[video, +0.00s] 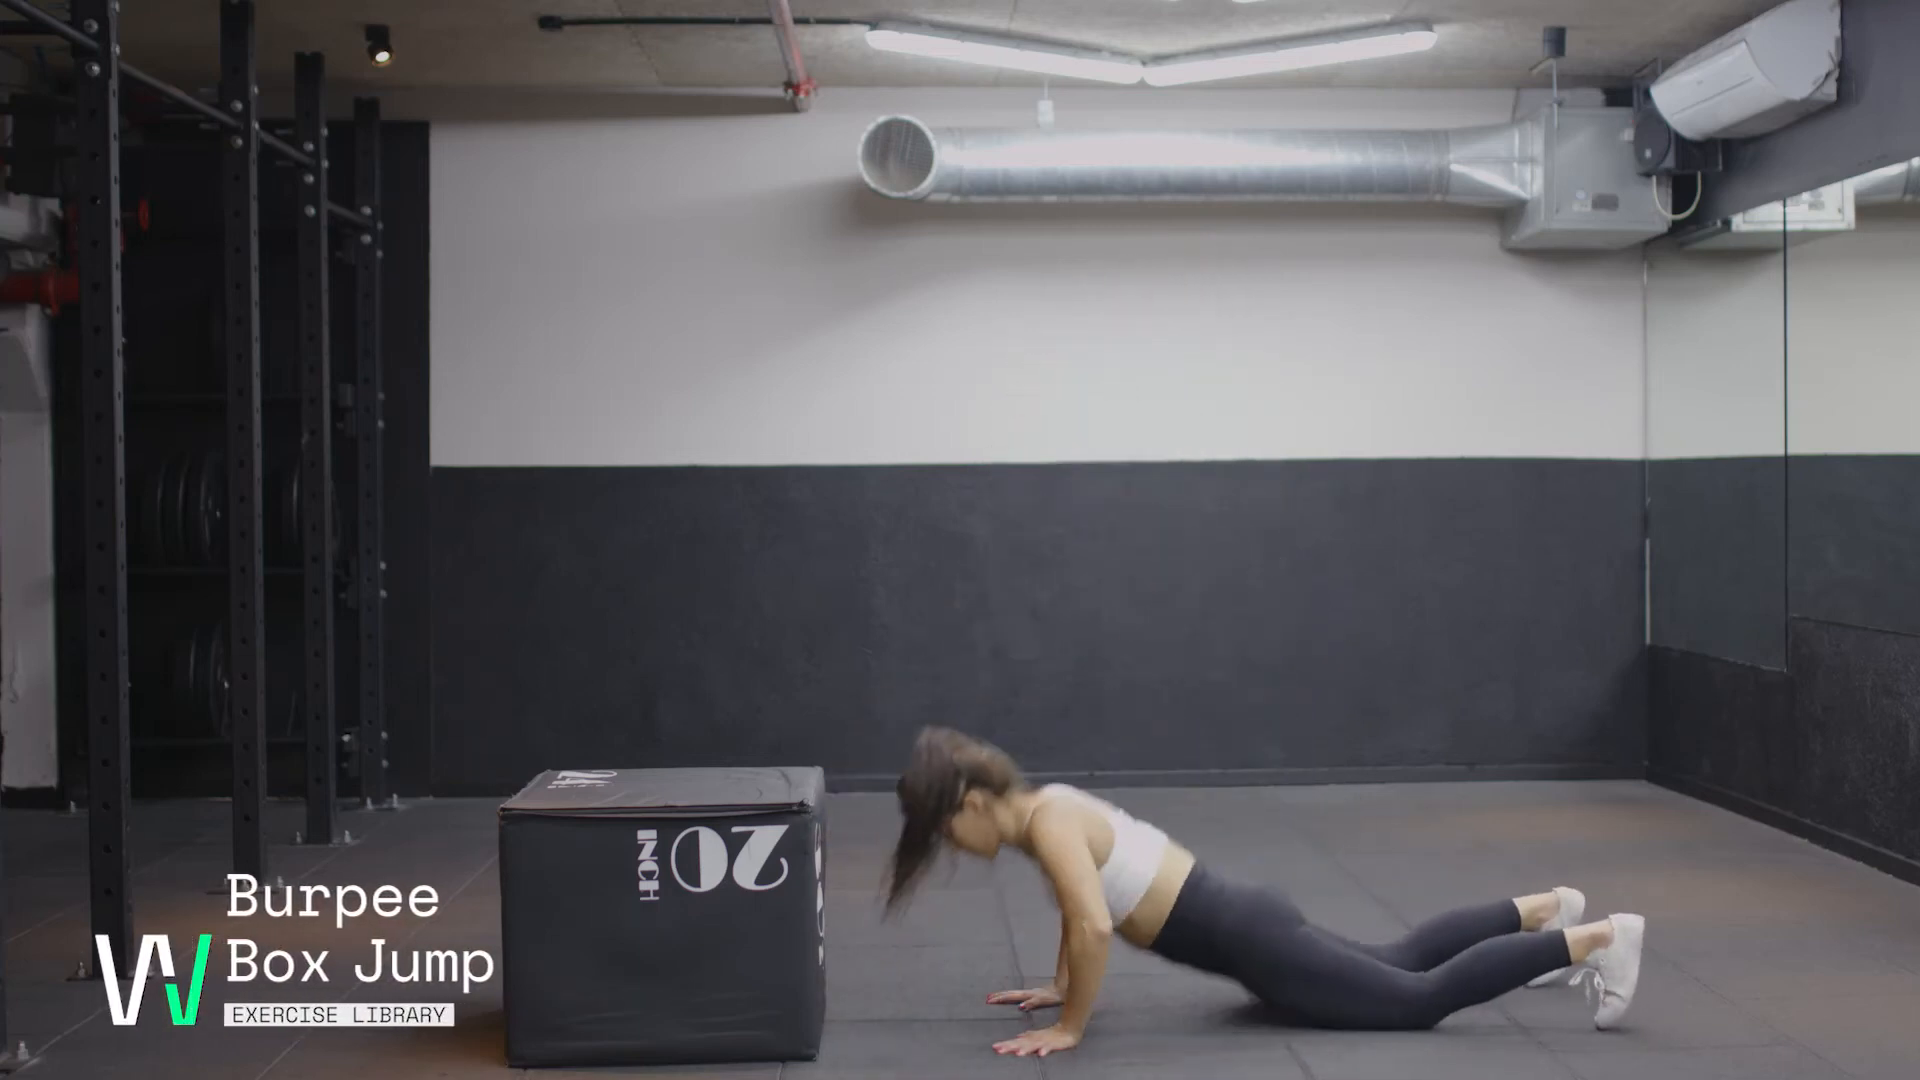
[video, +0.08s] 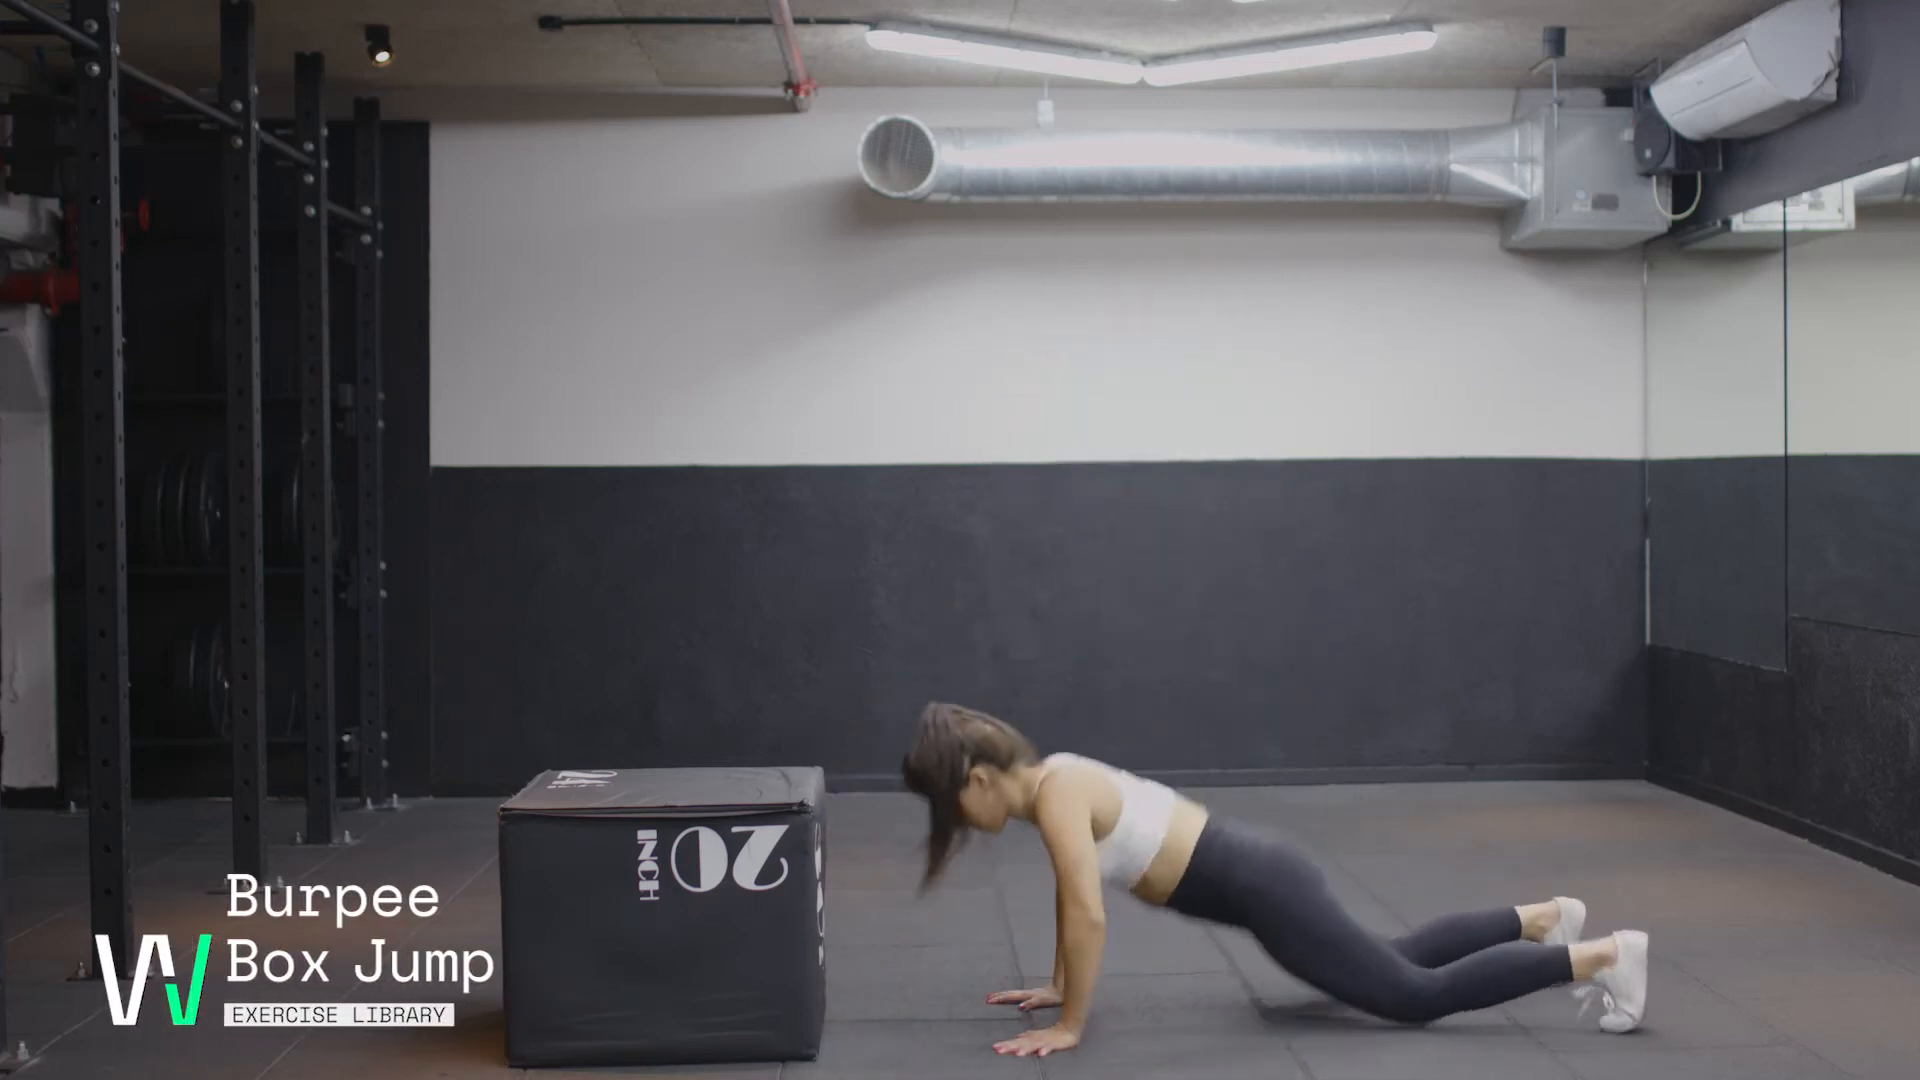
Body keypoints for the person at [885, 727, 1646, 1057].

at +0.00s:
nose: (954, 845)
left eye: (949, 829)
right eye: (944, 832)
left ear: (976, 801)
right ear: (979, 793)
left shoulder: (1052, 829)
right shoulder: (1047, 809)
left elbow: (1092, 934)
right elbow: (1081, 918)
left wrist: (1071, 1025)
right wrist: (1059, 988)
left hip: (1244, 936)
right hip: (1243, 920)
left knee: (1421, 999)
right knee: (1397, 966)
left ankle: (1587, 943)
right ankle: (1545, 910)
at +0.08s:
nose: (963, 819)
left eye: (957, 803)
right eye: (954, 806)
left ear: (981, 777)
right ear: (984, 771)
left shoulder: (1059, 798)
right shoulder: (1053, 784)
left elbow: (1085, 918)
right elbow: (1075, 903)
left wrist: (1071, 1023)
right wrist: (1060, 988)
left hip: (1264, 885)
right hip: (1260, 875)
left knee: (1415, 997)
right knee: (1393, 966)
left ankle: (1593, 958)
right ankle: (1541, 921)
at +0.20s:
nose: (954, 802)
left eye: (945, 790)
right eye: (943, 792)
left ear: (967, 767)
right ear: (977, 749)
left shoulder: (1053, 771)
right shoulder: (1042, 762)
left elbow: (1070, 906)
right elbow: (1064, 894)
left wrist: (1070, 1024)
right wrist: (1058, 986)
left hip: (1265, 783)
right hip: (1258, 772)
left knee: (1409, 919)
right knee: (1400, 890)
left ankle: (1603, 953)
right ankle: (1540, 911)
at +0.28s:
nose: (979, 823)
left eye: (967, 808)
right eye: (963, 815)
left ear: (984, 779)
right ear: (985, 768)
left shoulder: (1062, 766)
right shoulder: (1046, 758)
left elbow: (1073, 902)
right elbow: (1063, 891)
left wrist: (1069, 1028)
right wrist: (1060, 990)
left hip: (1266, 707)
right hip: (1255, 709)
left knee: (1381, 871)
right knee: (1377, 853)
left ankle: (1567, 925)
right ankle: (1526, 900)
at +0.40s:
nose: (1048, 847)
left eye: (1037, 839)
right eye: (1036, 845)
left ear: (1037, 800)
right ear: (1037, 789)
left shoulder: (1111, 765)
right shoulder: (1087, 757)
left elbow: (1098, 908)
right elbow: (1086, 890)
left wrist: (1070, 1025)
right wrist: (1060, 989)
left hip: (1281, 624)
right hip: (1259, 628)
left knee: (1312, 820)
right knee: (1310, 814)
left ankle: (1449, 947)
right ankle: (1409, 928)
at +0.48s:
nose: (1081, 852)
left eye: (1071, 841)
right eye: (1068, 850)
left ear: (1074, 801)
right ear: (1072, 790)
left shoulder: (1139, 772)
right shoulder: (1112, 764)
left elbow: (1113, 912)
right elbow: (1100, 887)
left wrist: (1072, 1026)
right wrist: (1062, 988)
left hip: (1301, 613)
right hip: (1279, 610)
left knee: (1278, 802)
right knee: (1271, 798)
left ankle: (1349, 983)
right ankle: (1322, 948)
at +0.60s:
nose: (1078, 833)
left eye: (1068, 823)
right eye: (1067, 830)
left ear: (1079, 785)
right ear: (1079, 779)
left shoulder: (1145, 769)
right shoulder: (1119, 761)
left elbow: (1115, 908)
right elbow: (1094, 892)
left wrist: (1070, 1023)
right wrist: (1061, 986)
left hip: (1340, 647)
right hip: (1313, 642)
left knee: (1252, 812)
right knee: (1239, 807)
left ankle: (1312, 996)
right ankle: (1286, 966)